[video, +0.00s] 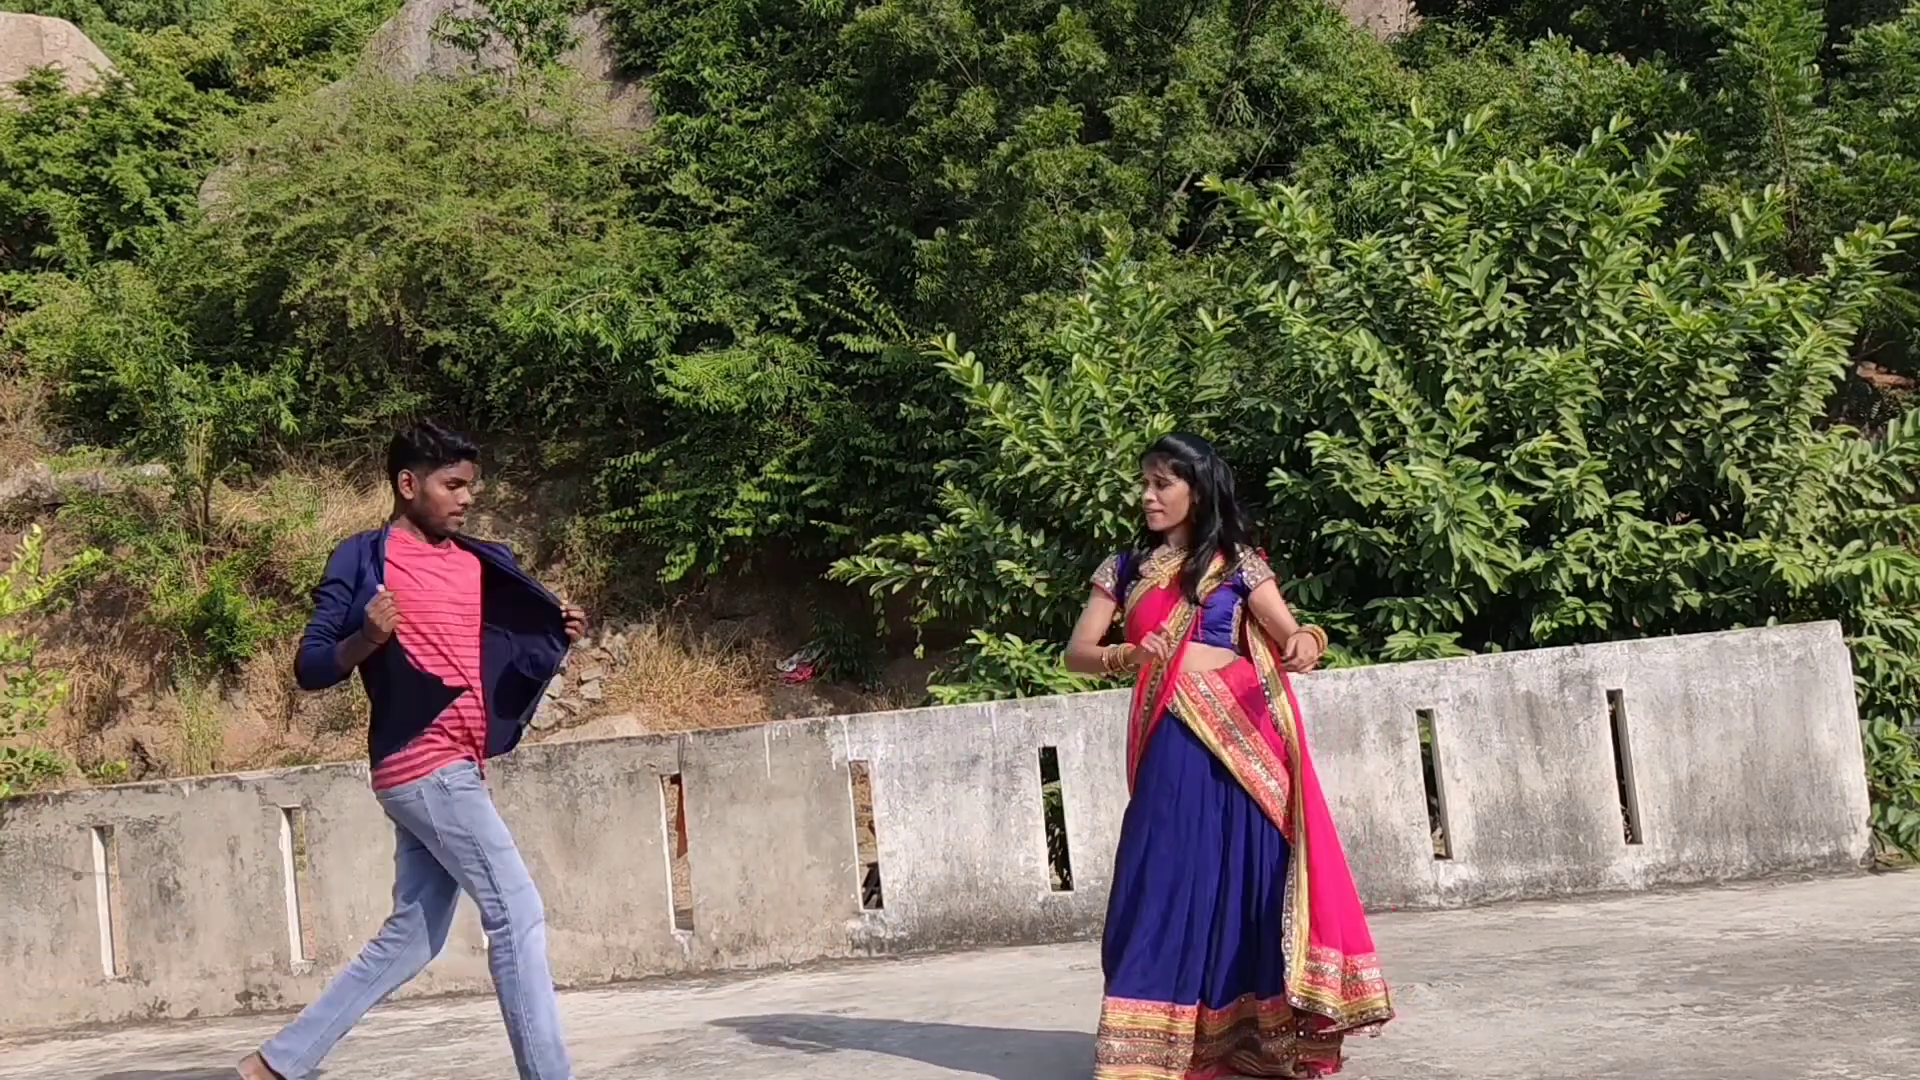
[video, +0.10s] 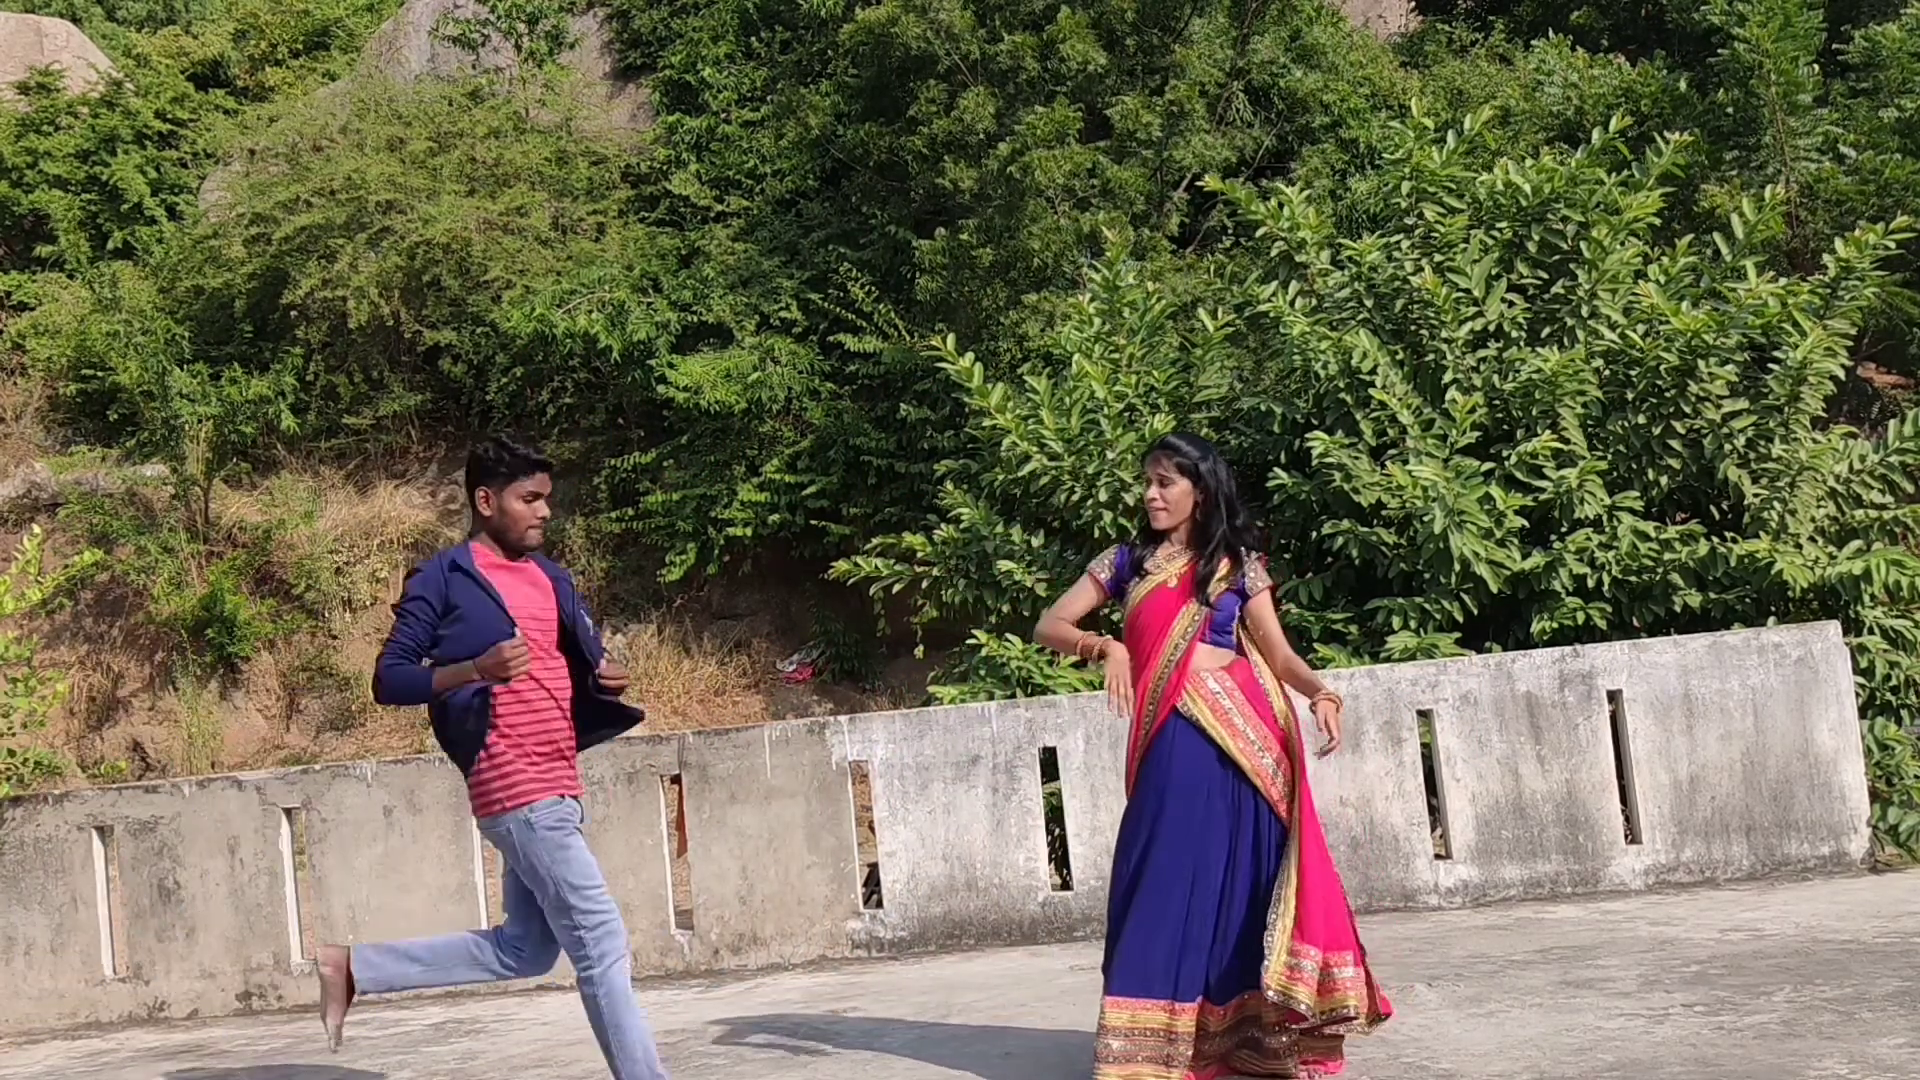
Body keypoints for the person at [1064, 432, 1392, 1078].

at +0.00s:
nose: (1150, 495)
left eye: (1164, 484)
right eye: (1146, 483)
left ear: (1201, 491)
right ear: (1143, 492)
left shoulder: (1238, 560)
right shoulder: (1122, 568)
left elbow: (1288, 638)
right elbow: (1080, 653)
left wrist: (1306, 642)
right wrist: (1127, 654)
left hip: (1243, 733)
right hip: (1170, 737)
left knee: (1251, 877)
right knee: (1169, 880)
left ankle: (1261, 1040)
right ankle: (1179, 1045)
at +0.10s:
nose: (1152, 494)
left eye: (1166, 483)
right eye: (1148, 483)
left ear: (1202, 491)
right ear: (1145, 491)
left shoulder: (1238, 560)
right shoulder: (1126, 560)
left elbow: (1276, 649)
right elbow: (1049, 626)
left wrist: (1318, 688)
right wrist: (1107, 646)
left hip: (1242, 729)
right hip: (1173, 733)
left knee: (1251, 877)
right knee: (1175, 876)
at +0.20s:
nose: (1152, 492)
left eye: (1166, 480)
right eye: (1148, 481)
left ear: (1204, 489)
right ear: (1146, 491)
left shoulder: (1236, 562)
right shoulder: (1132, 557)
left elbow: (1273, 660)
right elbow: (1029, 590)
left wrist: (1322, 730)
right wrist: (1090, 618)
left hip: (1227, 730)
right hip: (1168, 734)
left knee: (1171, 872)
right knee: (1207, 876)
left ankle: (1155, 1046)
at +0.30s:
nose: (1151, 490)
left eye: (1164, 478)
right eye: (1147, 479)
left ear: (1200, 489)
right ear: (1144, 490)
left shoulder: (1230, 564)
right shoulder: (1129, 557)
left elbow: (1266, 662)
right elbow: (1016, 571)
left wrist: (1314, 729)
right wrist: (1089, 564)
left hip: (1223, 728)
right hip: (1165, 735)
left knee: (1175, 870)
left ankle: (1157, 1041)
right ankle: (1261, 1031)